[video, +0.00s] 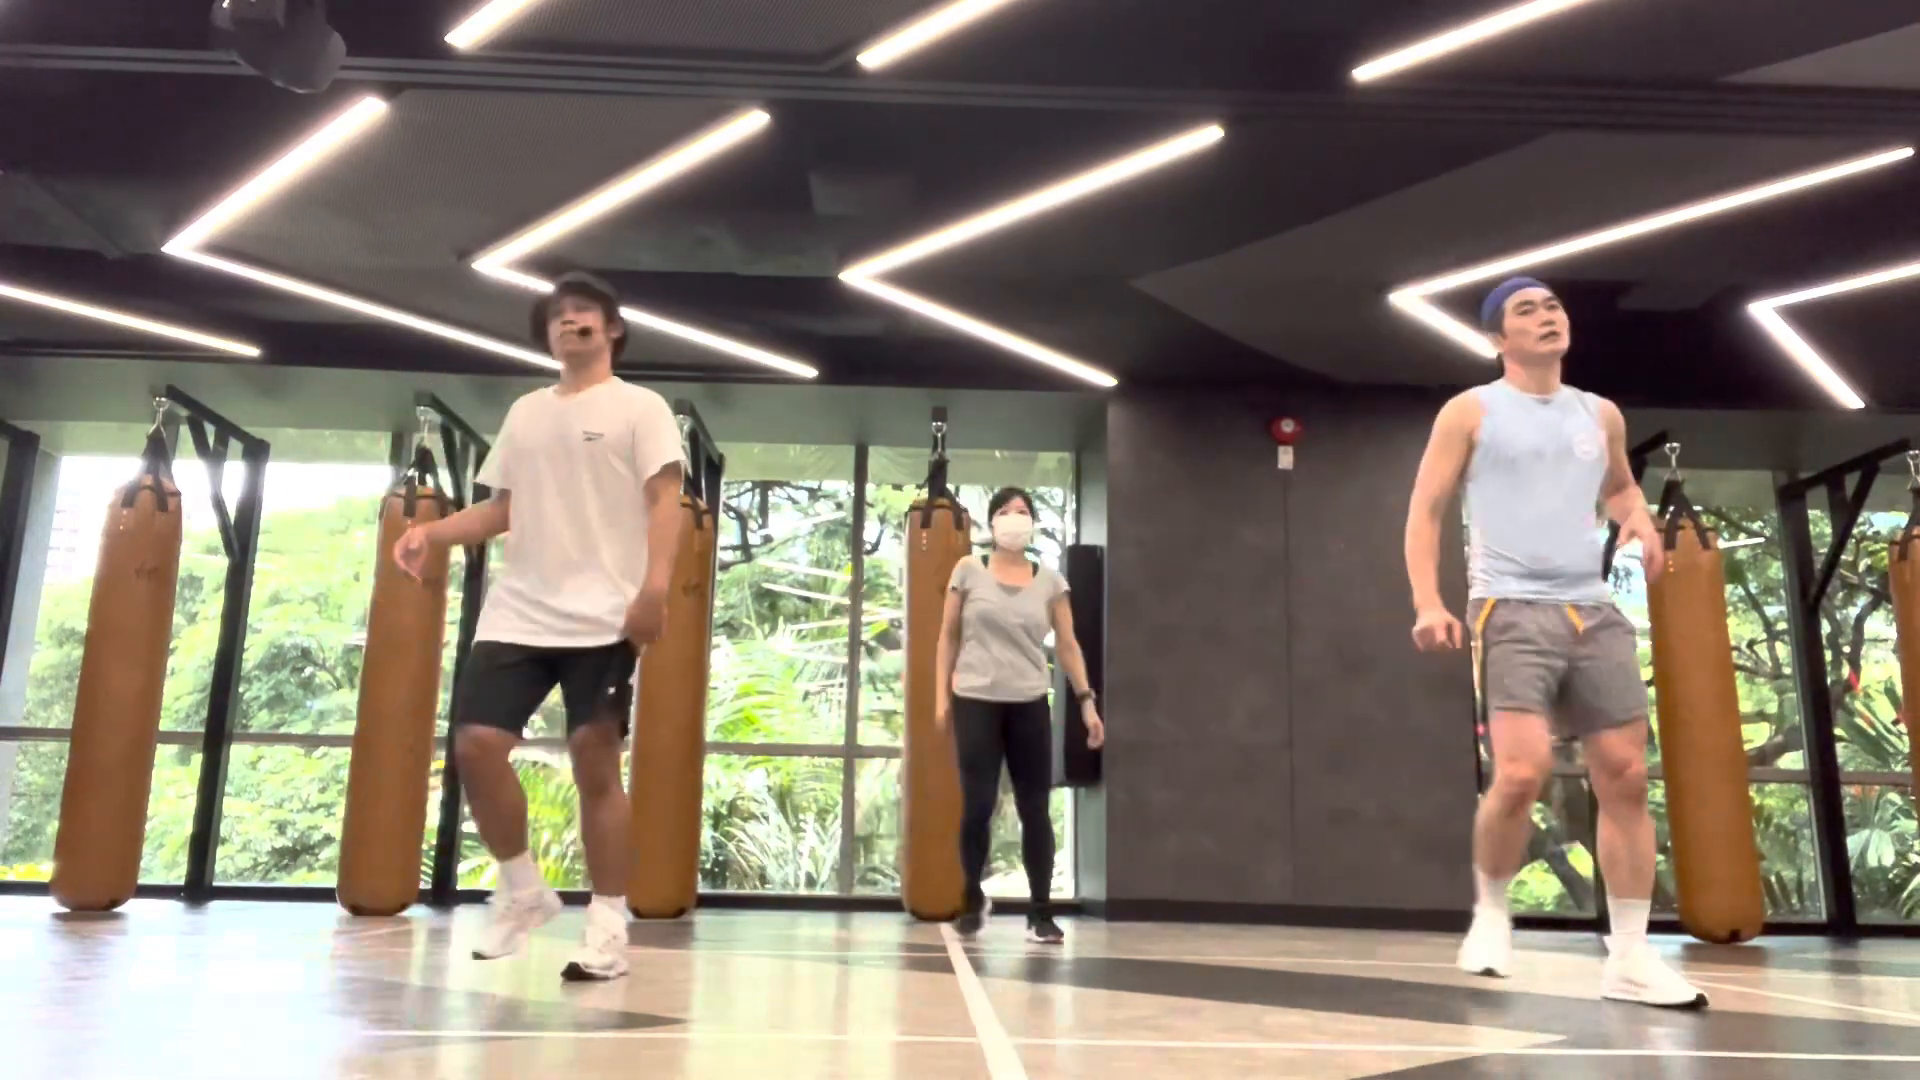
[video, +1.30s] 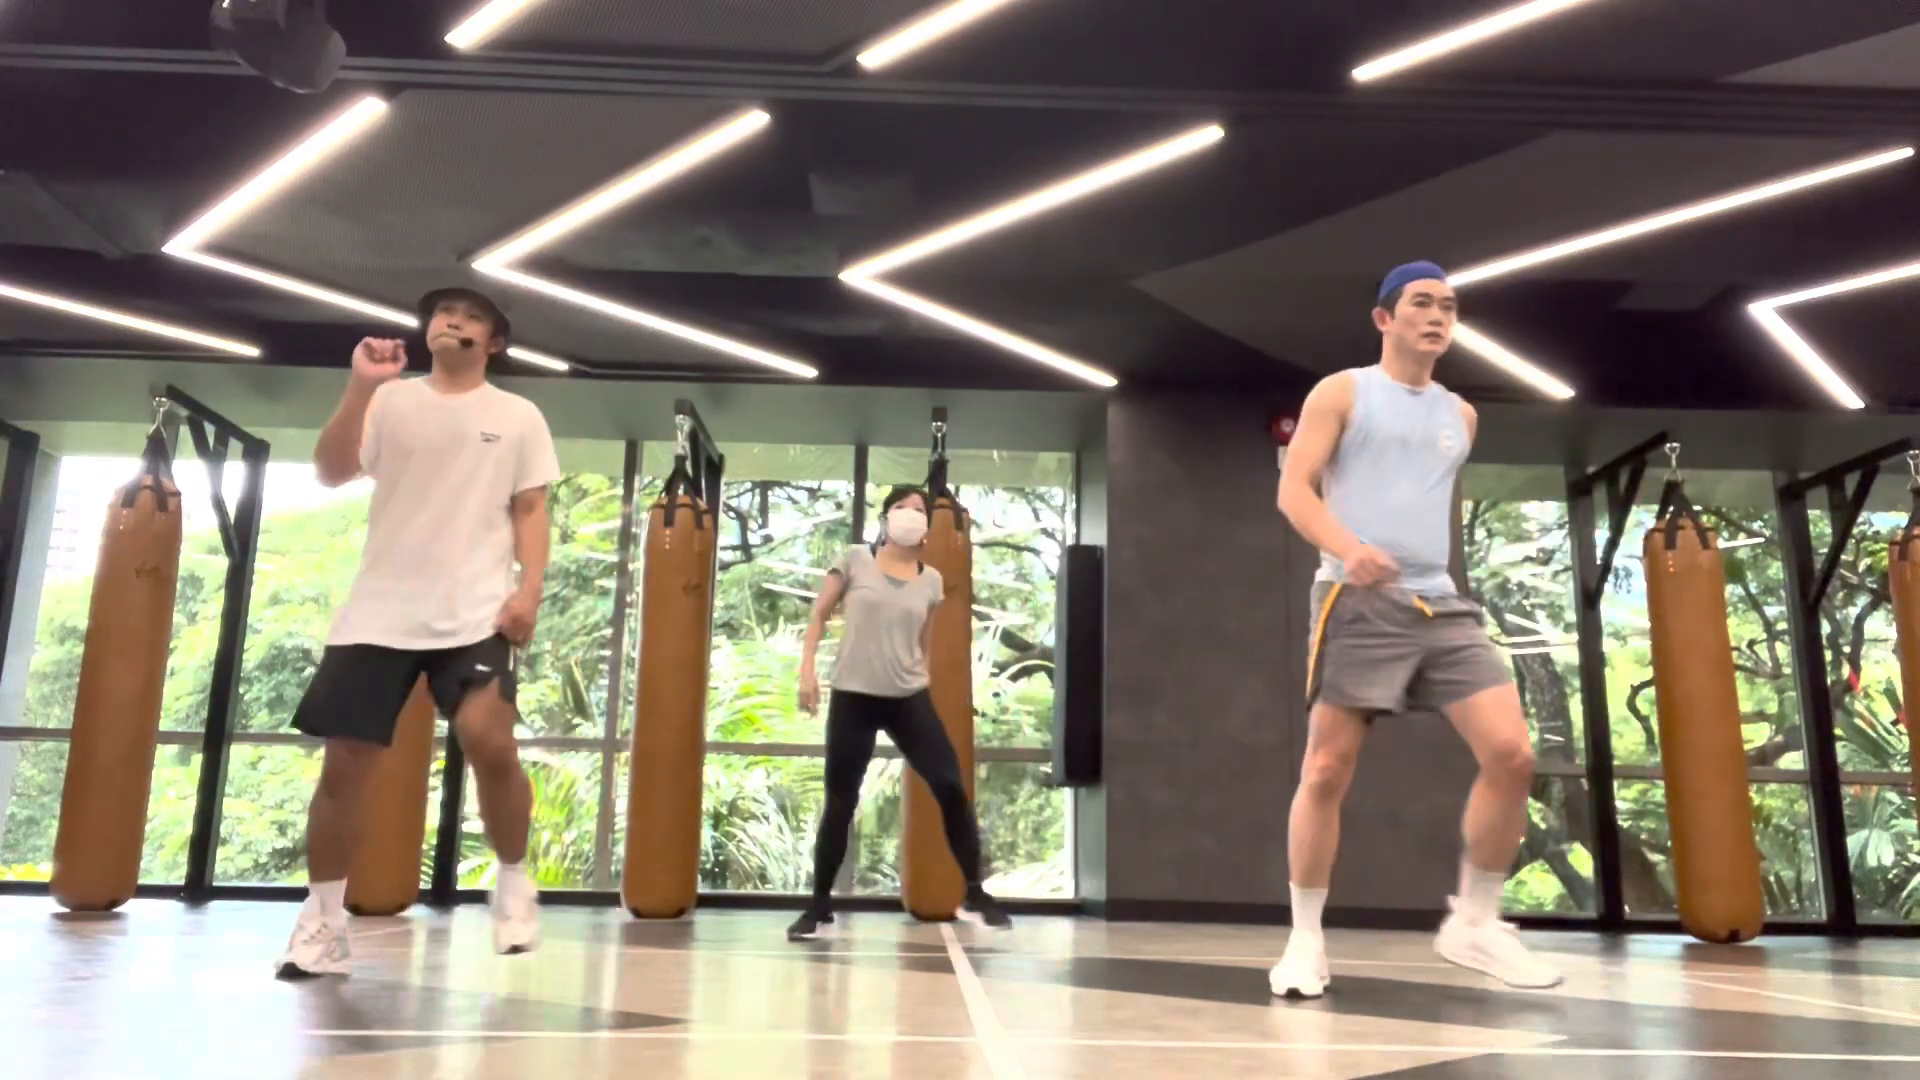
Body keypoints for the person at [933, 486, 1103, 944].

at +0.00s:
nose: (1014, 519)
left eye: (1022, 513)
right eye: (1004, 513)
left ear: (1033, 528)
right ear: (990, 526)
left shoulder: (1048, 580)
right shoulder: (969, 570)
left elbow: (1068, 645)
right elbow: (948, 635)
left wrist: (1087, 700)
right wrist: (942, 694)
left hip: (1030, 702)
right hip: (975, 700)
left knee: (1035, 809)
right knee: (978, 804)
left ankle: (1040, 912)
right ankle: (972, 900)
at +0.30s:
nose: (1000, 518)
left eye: (1007, 512)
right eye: (991, 512)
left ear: (1018, 525)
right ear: (974, 524)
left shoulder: (1035, 572)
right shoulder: (955, 573)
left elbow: (1048, 634)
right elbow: (942, 640)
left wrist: (1052, 684)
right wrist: (935, 703)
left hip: (1020, 701)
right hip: (965, 699)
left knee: (1028, 807)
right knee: (928, 789)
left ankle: (1039, 913)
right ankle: (933, 890)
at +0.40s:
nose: (983, 520)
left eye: (991, 514)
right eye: (973, 515)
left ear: (1003, 528)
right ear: (959, 530)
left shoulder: (1022, 573)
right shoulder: (942, 579)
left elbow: (1036, 634)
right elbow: (931, 646)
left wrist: (1034, 684)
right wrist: (924, 705)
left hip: (1007, 707)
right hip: (949, 704)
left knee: (1021, 810)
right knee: (903, 798)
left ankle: (1040, 913)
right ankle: (874, 892)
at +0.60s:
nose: (937, 532)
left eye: (946, 525)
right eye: (928, 524)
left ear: (959, 537)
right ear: (911, 534)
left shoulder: (970, 589)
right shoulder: (890, 587)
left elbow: (988, 651)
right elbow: (880, 654)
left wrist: (996, 697)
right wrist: (872, 707)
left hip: (951, 718)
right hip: (892, 717)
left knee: (989, 813)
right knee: (852, 814)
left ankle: (1037, 907)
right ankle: (823, 907)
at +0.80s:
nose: (903, 516)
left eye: (912, 511)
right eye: (894, 508)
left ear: (921, 528)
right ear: (876, 521)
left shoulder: (928, 576)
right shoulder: (848, 568)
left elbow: (940, 639)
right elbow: (826, 628)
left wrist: (951, 697)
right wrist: (807, 682)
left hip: (908, 701)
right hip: (850, 700)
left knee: (933, 798)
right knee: (834, 805)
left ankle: (972, 893)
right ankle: (822, 907)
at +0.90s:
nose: (892, 516)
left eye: (901, 510)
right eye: (884, 508)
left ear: (910, 524)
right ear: (867, 518)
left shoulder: (919, 576)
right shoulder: (839, 565)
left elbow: (926, 641)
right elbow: (809, 625)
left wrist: (929, 695)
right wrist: (788, 679)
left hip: (898, 696)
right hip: (842, 695)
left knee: (894, 793)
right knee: (831, 803)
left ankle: (908, 894)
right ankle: (822, 904)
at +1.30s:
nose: (913, 516)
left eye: (921, 512)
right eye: (904, 508)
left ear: (928, 529)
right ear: (884, 521)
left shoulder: (931, 580)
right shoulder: (856, 559)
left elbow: (922, 641)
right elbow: (819, 614)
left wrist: (922, 691)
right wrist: (808, 671)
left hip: (909, 699)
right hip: (853, 697)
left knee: (951, 789)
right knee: (839, 805)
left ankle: (974, 890)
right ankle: (819, 905)